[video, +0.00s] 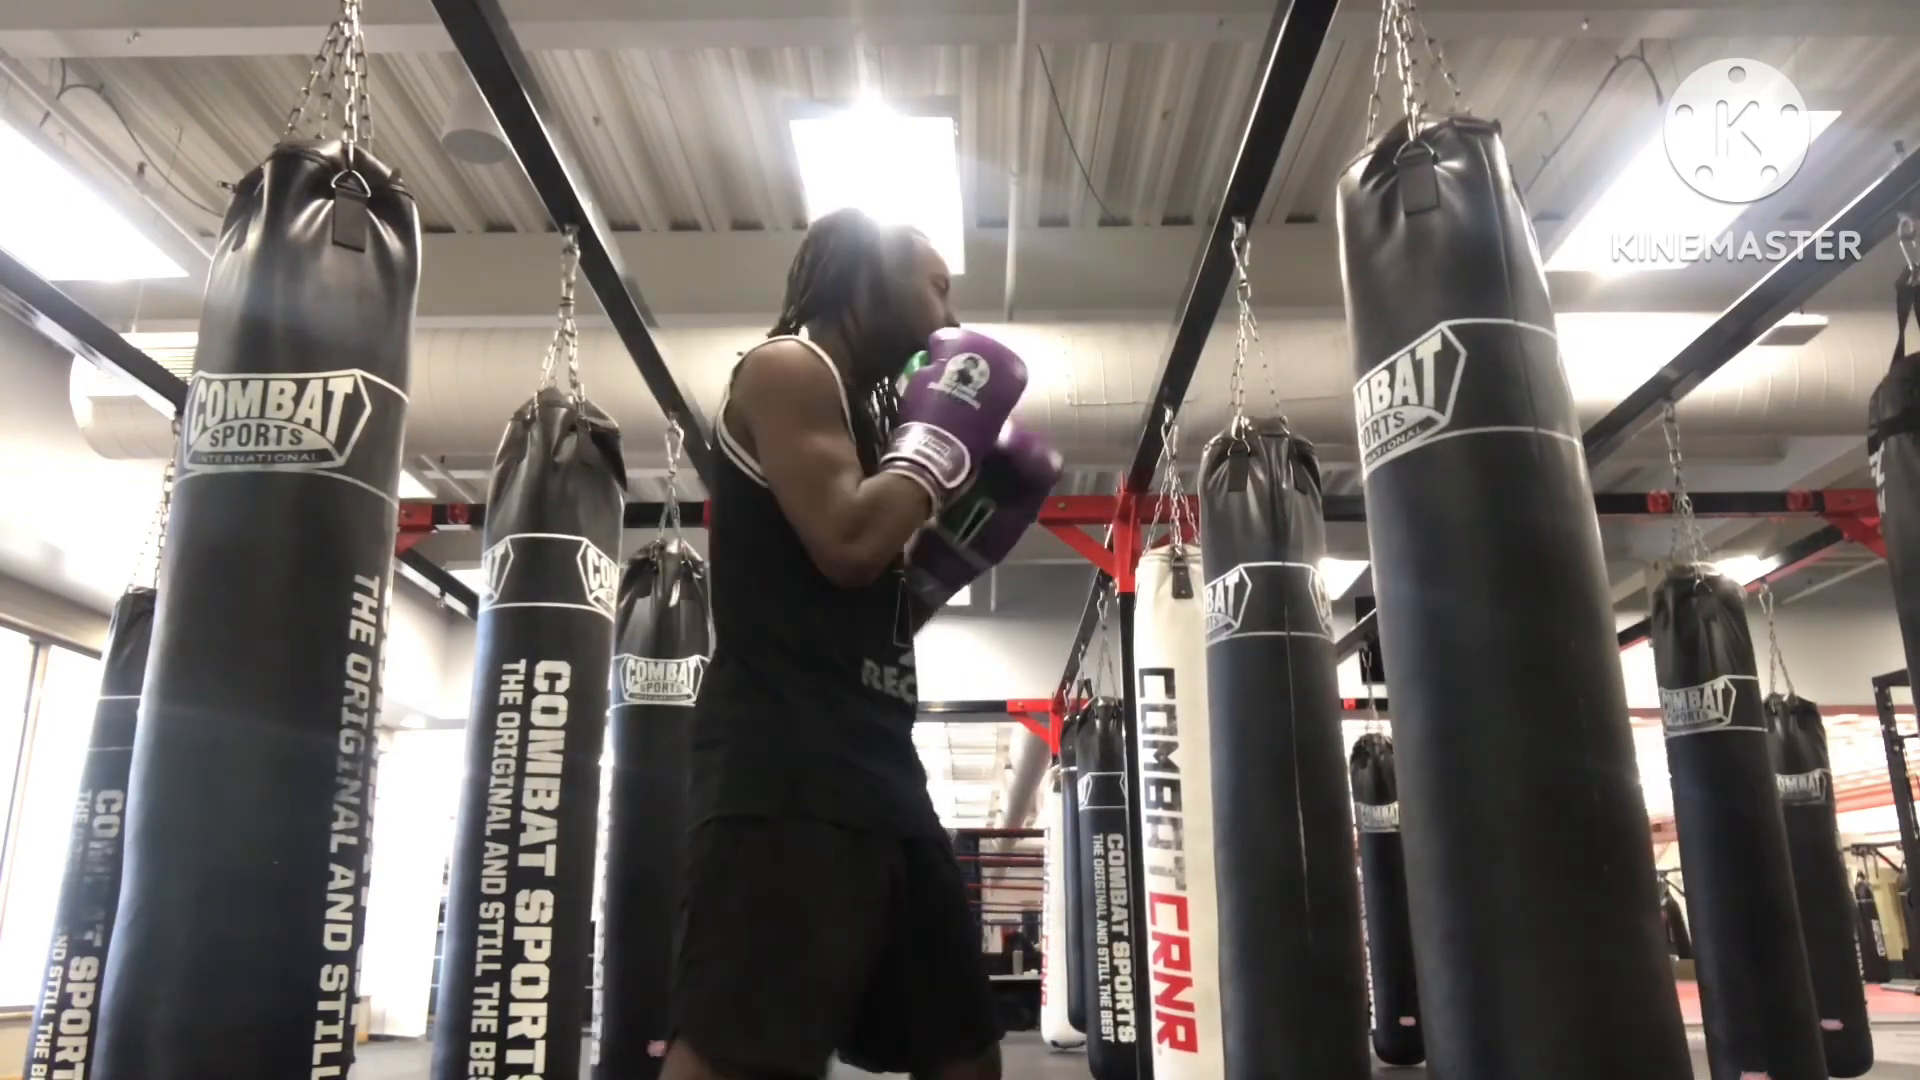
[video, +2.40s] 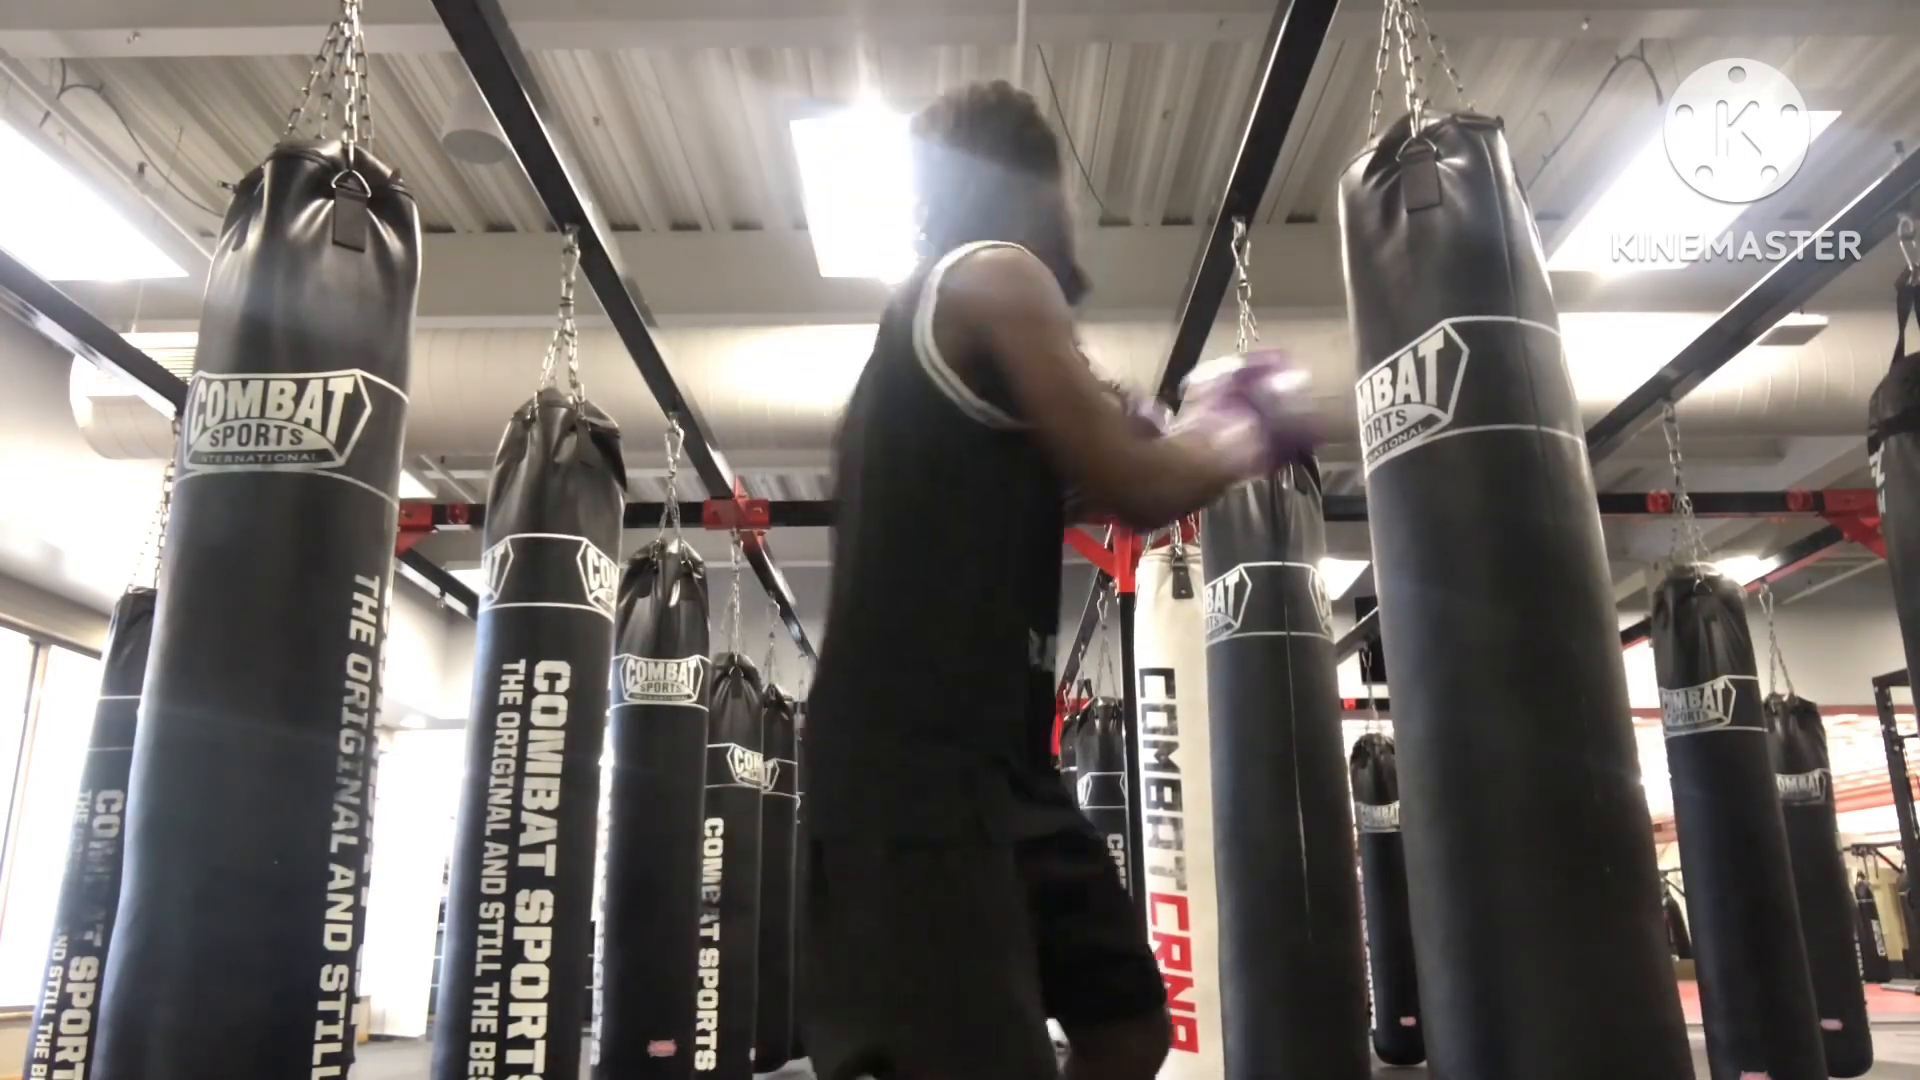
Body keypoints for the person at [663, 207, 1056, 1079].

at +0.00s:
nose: (950, 315)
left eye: (949, 293)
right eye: (936, 288)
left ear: (870, 293)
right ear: (869, 281)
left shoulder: (864, 410)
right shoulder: (787, 367)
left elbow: (873, 613)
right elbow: (848, 540)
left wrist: (969, 532)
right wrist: (944, 429)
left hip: (876, 772)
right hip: (783, 771)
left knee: (960, 1047)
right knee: (728, 1046)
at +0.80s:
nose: (1032, 268)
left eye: (1029, 243)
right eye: (1019, 236)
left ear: (945, 231)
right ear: (963, 224)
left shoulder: (943, 362)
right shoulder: (885, 285)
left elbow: (990, 583)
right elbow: (974, 470)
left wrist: (1046, 453)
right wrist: (1062, 399)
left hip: (947, 749)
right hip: (865, 740)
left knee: (998, 1041)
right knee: (859, 1044)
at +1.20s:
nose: (1022, 193)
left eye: (1021, 168)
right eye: (1014, 162)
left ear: (890, 143)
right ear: (965, 145)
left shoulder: (819, 280)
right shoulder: (906, 209)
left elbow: (956, 475)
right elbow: (985, 457)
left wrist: (1038, 407)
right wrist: (1070, 406)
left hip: (817, 768)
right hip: (891, 769)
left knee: (838, 1044)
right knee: (961, 1042)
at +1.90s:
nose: (1043, 169)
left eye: (885, 148)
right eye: (1034, 145)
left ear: (913, 147)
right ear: (1004, 138)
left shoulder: (908, 261)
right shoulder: (956, 232)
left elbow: (999, 491)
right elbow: (1011, 460)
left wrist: (1111, 451)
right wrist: (1109, 399)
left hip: (894, 732)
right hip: (935, 735)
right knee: (978, 1038)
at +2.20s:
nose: (1047, 163)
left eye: (1042, 145)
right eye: (1041, 141)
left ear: (904, 157)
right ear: (1019, 140)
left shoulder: (862, 313)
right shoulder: (988, 229)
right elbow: (1105, 467)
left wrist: (1084, 372)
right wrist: (1156, 378)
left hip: (855, 764)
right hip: (945, 765)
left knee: (1059, 1035)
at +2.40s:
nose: (1076, 210)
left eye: (1070, 182)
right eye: (1068, 180)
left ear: (946, 184)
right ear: (1030, 181)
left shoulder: (929, 312)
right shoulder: (997, 279)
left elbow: (1088, 481)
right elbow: (1138, 485)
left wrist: (1199, 424)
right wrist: (1255, 442)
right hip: (933, 779)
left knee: (1124, 1031)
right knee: (980, 1055)